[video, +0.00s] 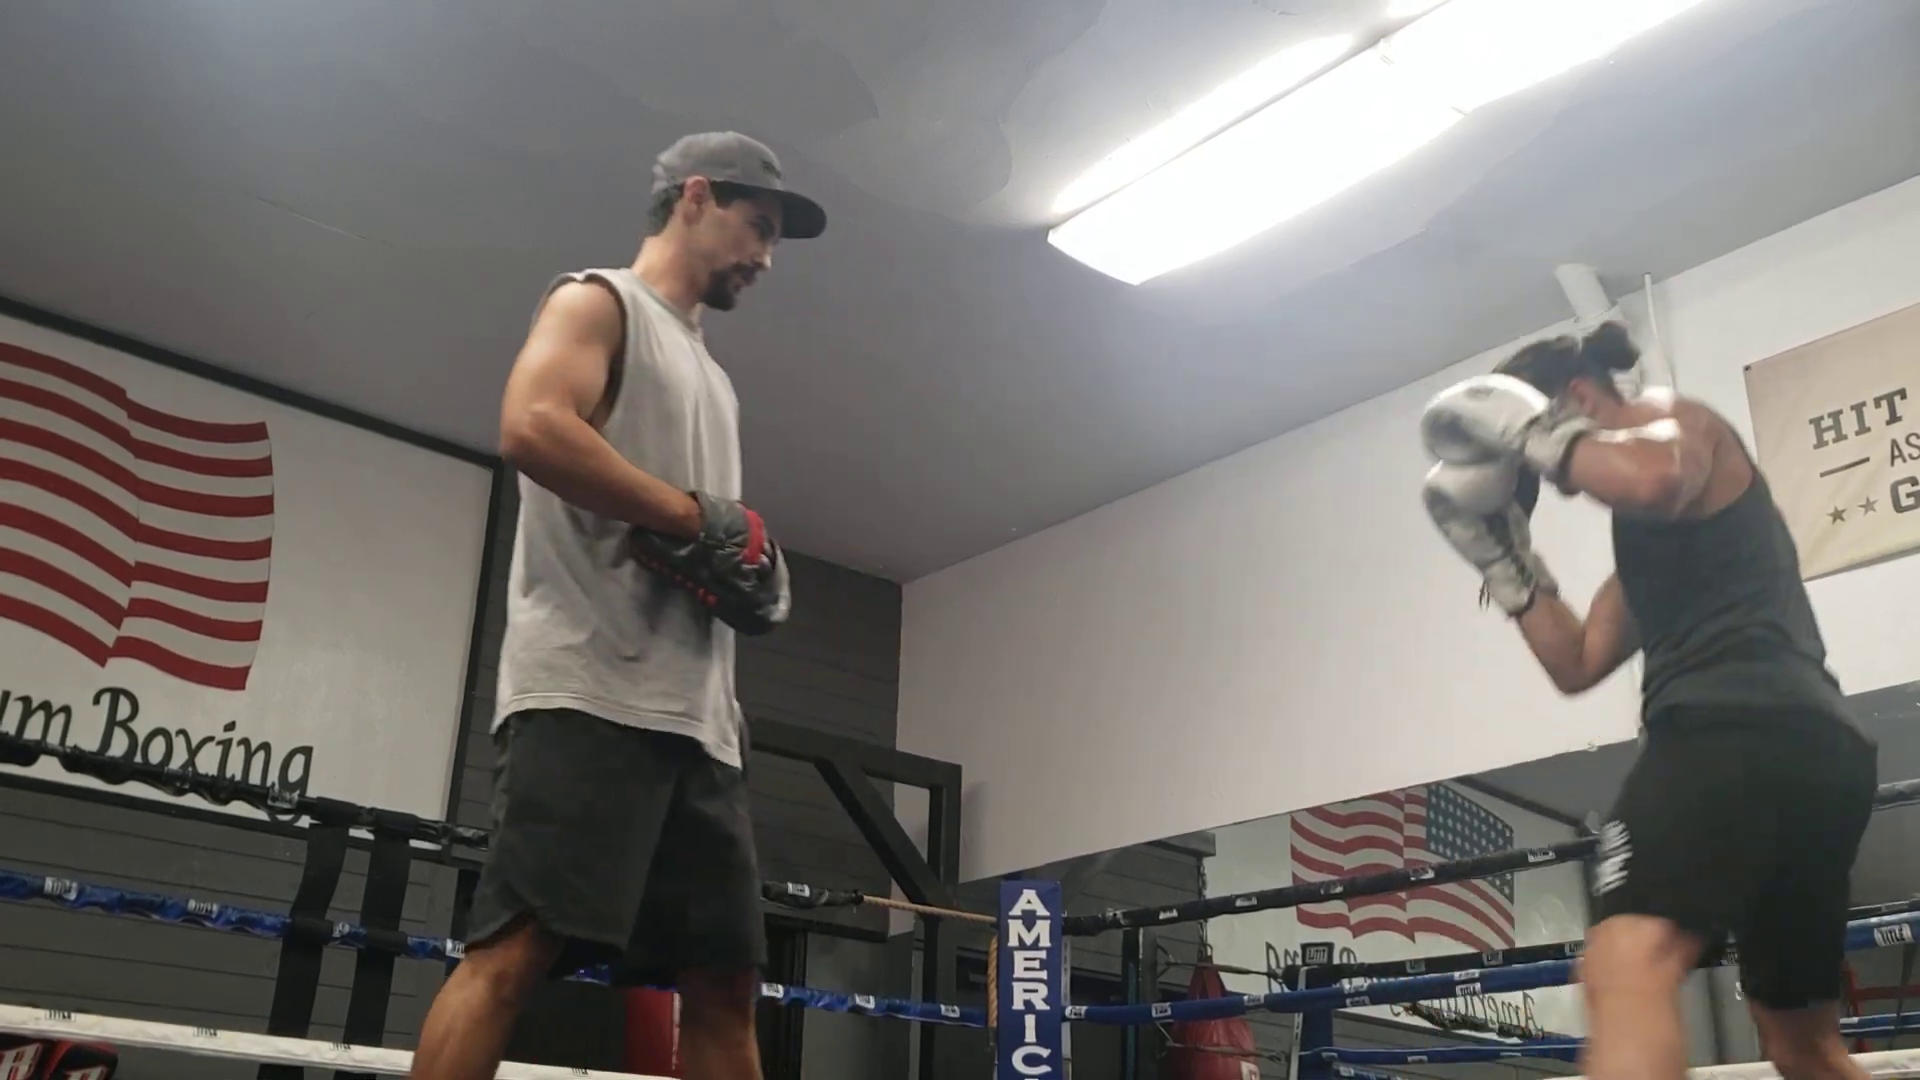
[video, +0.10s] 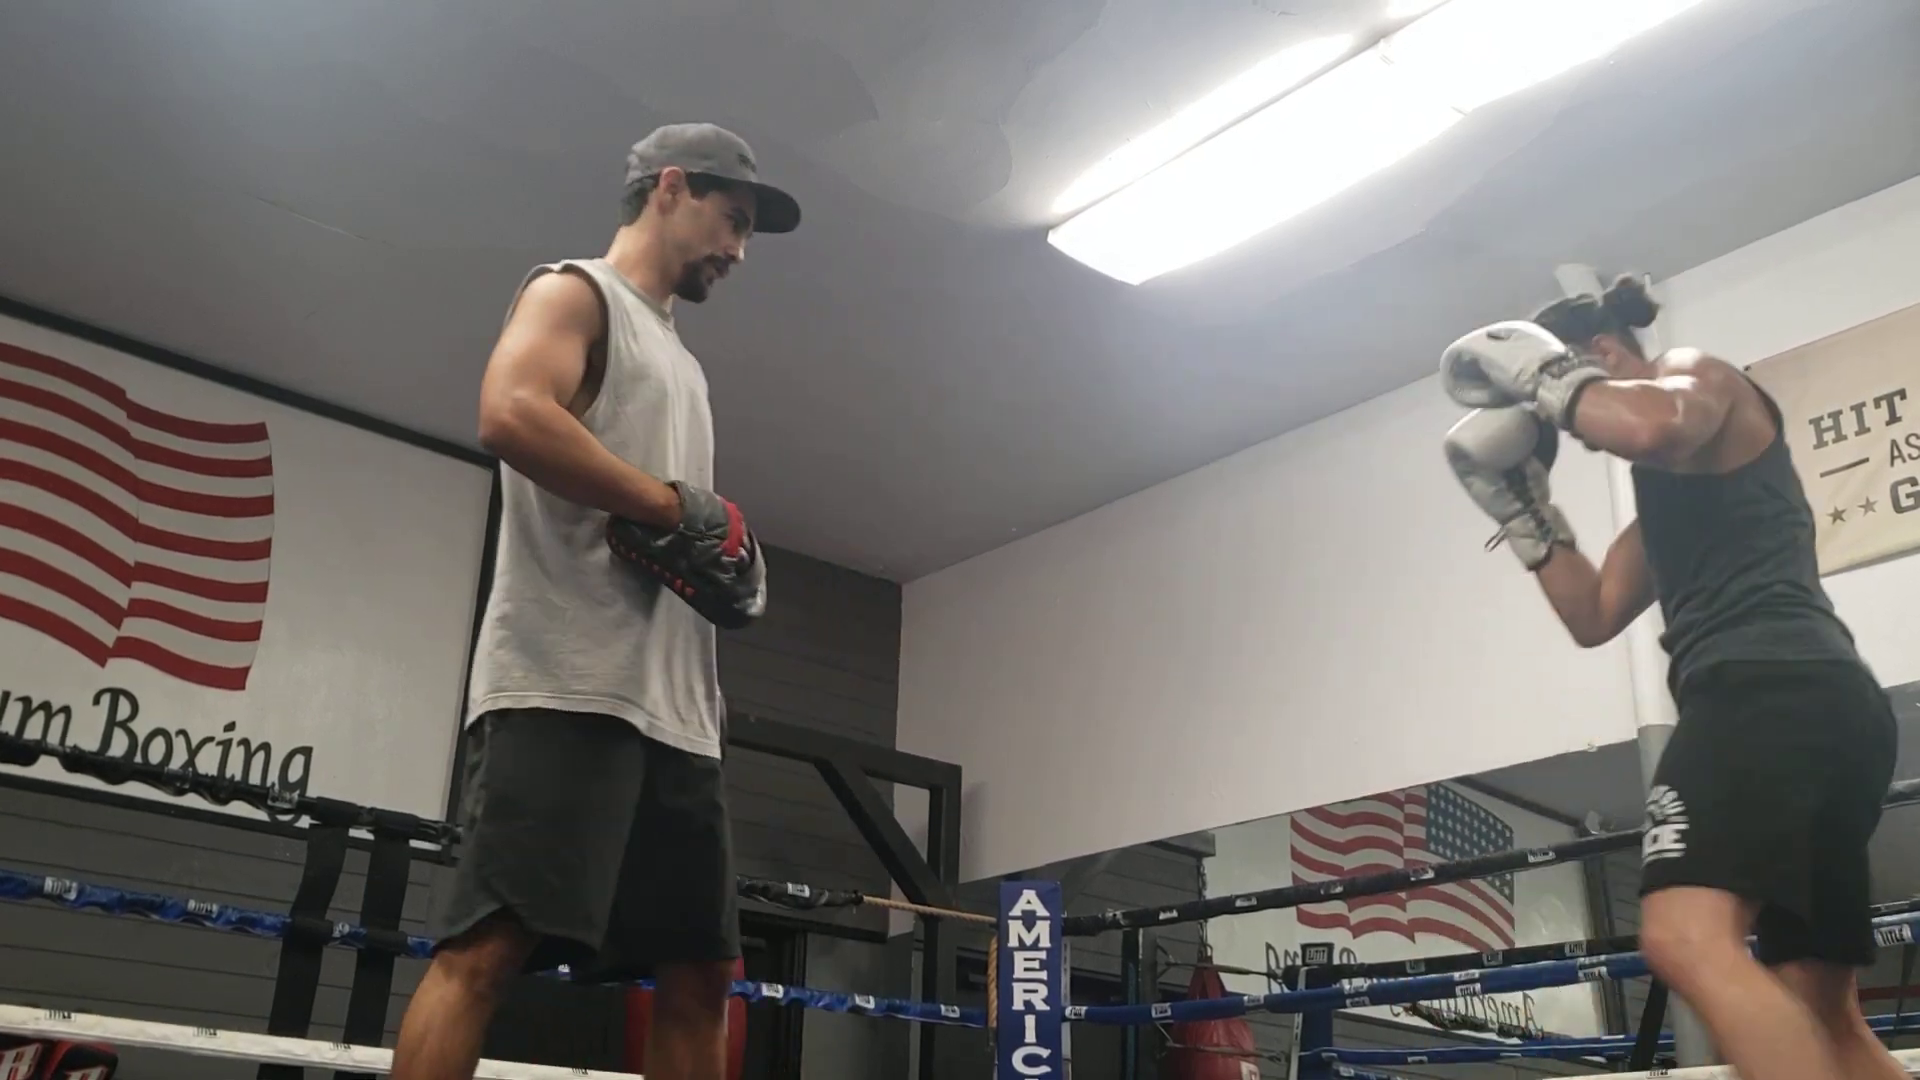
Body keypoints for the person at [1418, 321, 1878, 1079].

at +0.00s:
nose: (1557, 435)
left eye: (1551, 417)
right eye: (1545, 426)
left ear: (1582, 390)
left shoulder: (1676, 416)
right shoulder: (1647, 530)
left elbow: (1658, 482)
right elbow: (1574, 665)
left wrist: (1533, 435)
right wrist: (1503, 558)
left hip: (1729, 726)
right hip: (1820, 739)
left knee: (1625, 964)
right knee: (1804, 1038)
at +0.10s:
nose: (1577, 390)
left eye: (1574, 371)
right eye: (1568, 383)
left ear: (1605, 347)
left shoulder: (1697, 372)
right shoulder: (1674, 490)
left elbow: (1655, 432)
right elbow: (1591, 615)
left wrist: (1546, 379)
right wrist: (1519, 508)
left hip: (1762, 687)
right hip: (1829, 700)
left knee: (1685, 934)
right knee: (1819, 1004)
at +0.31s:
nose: (1625, 454)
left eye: (1623, 432)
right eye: (1613, 442)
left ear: (1663, 401)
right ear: (1657, 413)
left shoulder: (1748, 428)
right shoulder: (1717, 519)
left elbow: (1677, 506)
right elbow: (1685, 693)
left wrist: (1586, 449)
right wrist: (1609, 590)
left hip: (1824, 750)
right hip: (1772, 770)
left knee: (1872, 1025)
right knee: (1805, 1034)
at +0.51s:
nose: (1619, 521)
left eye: (1620, 499)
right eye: (1608, 505)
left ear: (1668, 472)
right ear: (1667, 474)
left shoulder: (1738, 504)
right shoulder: (1701, 571)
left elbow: (1696, 588)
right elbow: (1694, 735)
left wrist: (1605, 527)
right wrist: (1623, 649)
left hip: (1778, 791)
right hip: (1748, 802)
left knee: (1852, 1031)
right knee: (1761, 1043)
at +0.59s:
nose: (1610, 527)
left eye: (1612, 506)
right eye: (1600, 512)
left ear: (1656, 477)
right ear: (1653, 479)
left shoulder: (1724, 512)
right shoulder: (1687, 577)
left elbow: (1685, 594)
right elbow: (1645, 725)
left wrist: (1595, 526)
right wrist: (1590, 625)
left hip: (1759, 795)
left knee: (1758, 1027)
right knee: (1754, 1052)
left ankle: (1895, 1069)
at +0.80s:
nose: (1561, 523)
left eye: (1562, 501)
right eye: (1549, 510)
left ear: (1603, 478)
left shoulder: (1679, 514)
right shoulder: (1618, 601)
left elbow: (1645, 591)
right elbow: (1540, 701)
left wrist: (1555, 518)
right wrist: (1492, 601)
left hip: (1696, 791)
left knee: (1599, 1002)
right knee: (1753, 1039)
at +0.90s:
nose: (1517, 541)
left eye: (1518, 518)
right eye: (1507, 525)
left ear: (1564, 495)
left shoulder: (1649, 534)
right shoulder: (1589, 607)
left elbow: (1625, 635)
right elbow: (1517, 723)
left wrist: (1535, 561)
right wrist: (1465, 632)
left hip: (1654, 820)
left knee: (1543, 1028)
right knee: (1747, 1042)